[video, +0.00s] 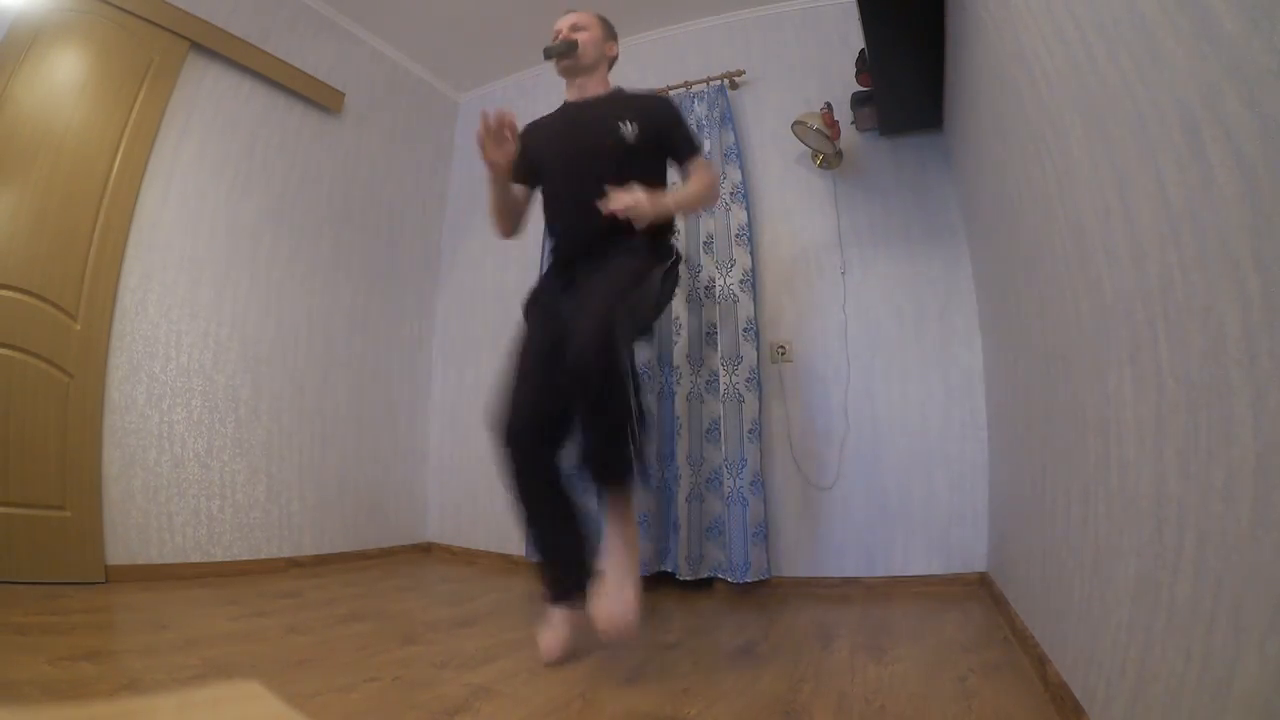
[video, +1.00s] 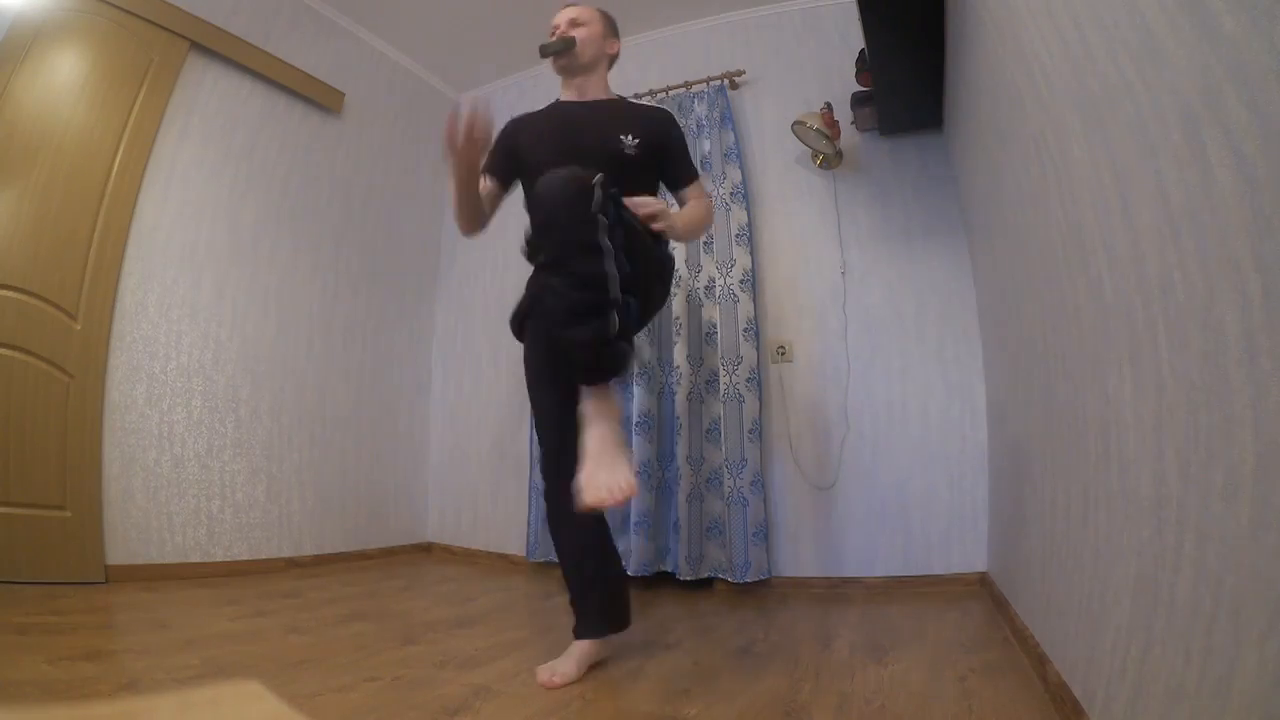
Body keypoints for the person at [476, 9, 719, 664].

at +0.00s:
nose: (564, 35)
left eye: (579, 26)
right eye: (558, 32)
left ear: (612, 49)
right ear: (551, 58)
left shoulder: (648, 110)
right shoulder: (538, 133)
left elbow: (706, 181)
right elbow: (509, 222)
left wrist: (656, 202)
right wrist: (500, 169)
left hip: (637, 263)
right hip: (565, 279)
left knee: (594, 338)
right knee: (525, 429)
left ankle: (619, 529)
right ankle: (565, 590)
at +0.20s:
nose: (570, 52)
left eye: (587, 44)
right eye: (567, 48)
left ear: (622, 67)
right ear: (561, 72)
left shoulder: (645, 121)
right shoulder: (562, 150)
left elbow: (687, 190)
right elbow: (577, 232)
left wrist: (580, 129)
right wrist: (549, 284)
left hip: (635, 311)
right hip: (567, 297)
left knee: (639, 468)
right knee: (452, 272)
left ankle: (653, 623)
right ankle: (498, 459)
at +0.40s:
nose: (577, 27)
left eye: (593, 21)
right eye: (569, 24)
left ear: (624, 47)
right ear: (562, 55)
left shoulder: (659, 119)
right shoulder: (539, 126)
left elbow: (700, 205)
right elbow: (505, 218)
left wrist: (630, 193)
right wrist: (485, 222)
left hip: (635, 260)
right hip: (558, 274)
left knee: (595, 279)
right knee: (569, 444)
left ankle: (627, 473)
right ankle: (590, 614)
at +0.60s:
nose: (559, 18)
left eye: (576, 11)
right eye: (555, 16)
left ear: (611, 36)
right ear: (550, 47)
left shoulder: (648, 96)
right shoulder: (540, 125)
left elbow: (708, 177)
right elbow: (521, 222)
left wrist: (639, 184)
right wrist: (507, 178)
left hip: (638, 264)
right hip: (567, 269)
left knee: (605, 403)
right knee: (494, 398)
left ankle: (625, 576)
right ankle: (541, 558)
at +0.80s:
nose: (564, 16)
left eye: (582, 10)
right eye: (558, 14)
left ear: (615, 38)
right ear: (549, 42)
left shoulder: (637, 96)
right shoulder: (542, 124)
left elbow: (659, 161)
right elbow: (570, 208)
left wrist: (575, 92)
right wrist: (538, 243)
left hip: (630, 285)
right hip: (561, 278)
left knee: (623, 438)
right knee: (456, 322)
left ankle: (632, 619)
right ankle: (503, 509)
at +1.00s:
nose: (561, 26)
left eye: (579, 20)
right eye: (555, 23)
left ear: (612, 48)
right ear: (548, 54)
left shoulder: (652, 122)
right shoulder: (523, 131)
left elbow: (701, 210)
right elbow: (472, 220)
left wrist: (671, 217)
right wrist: (464, 166)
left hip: (634, 281)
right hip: (554, 293)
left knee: (565, 189)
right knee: (563, 461)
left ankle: (600, 408)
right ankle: (596, 622)